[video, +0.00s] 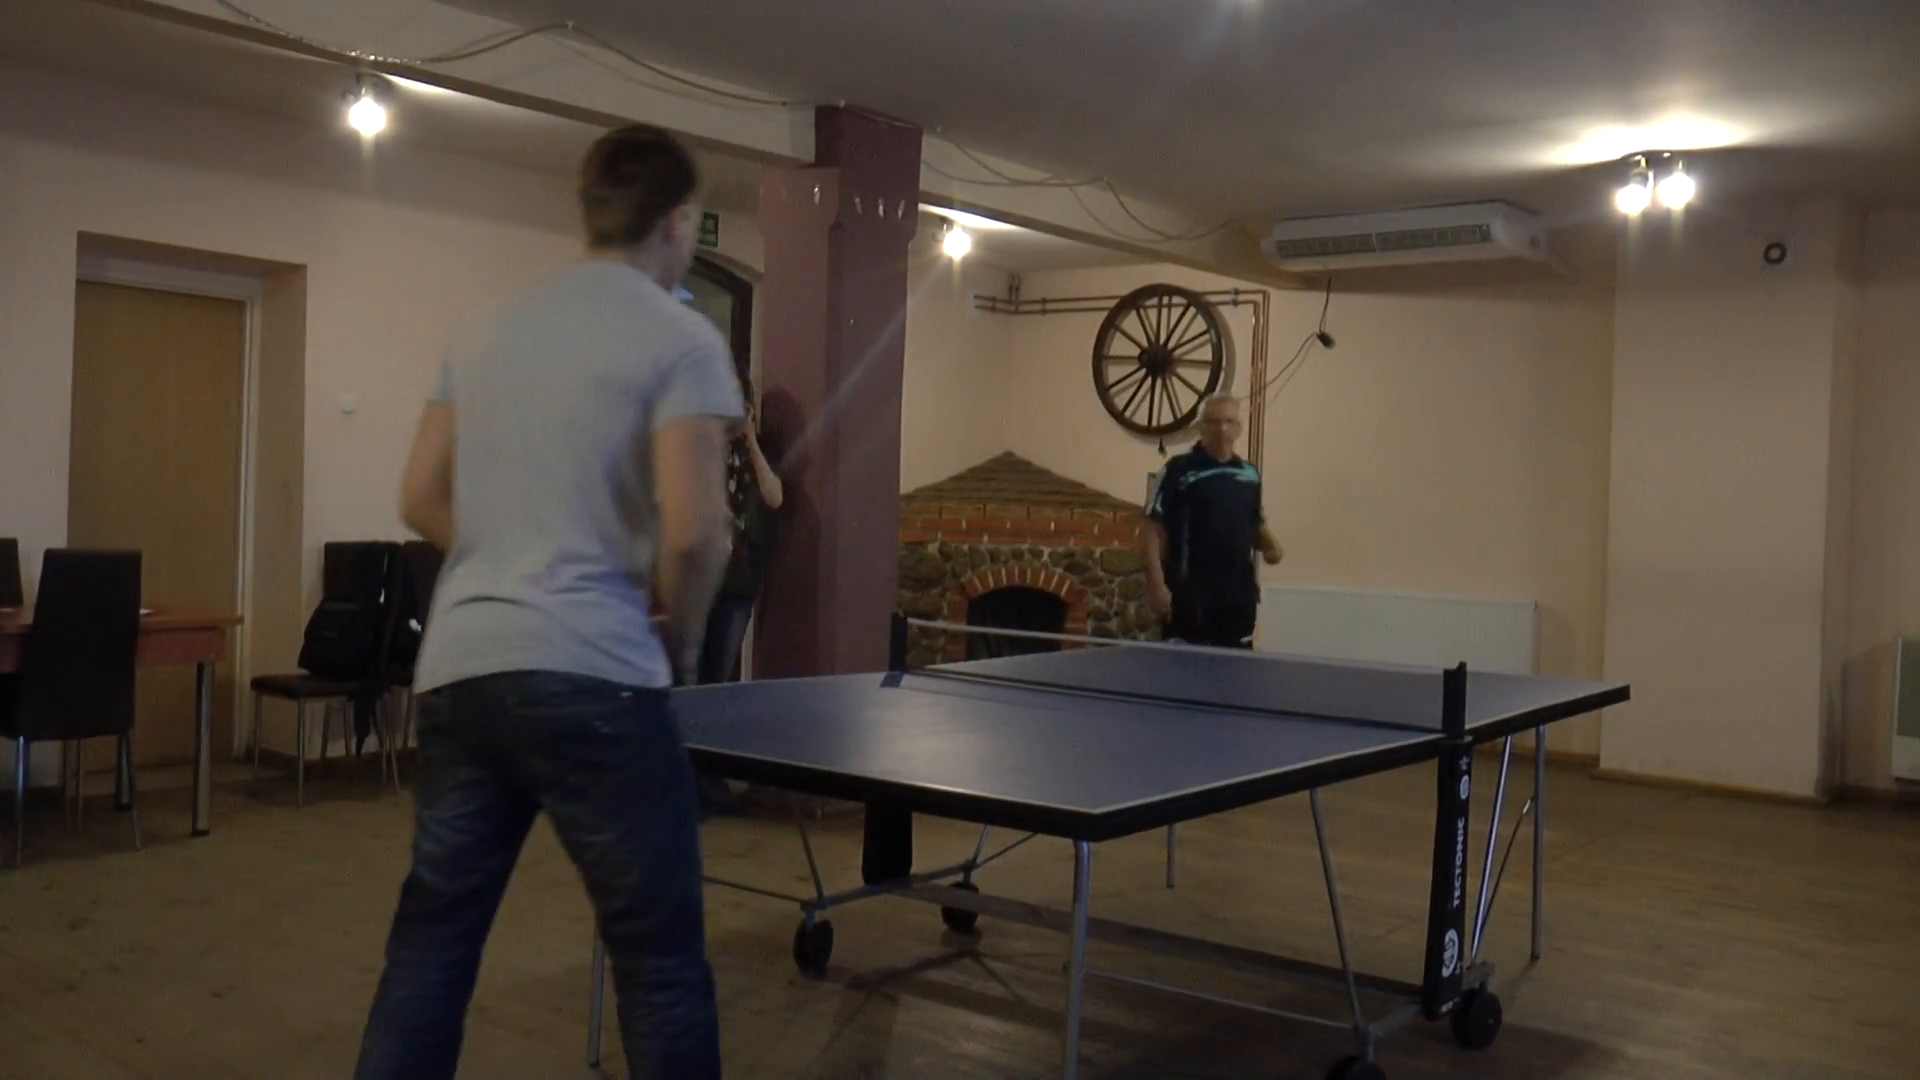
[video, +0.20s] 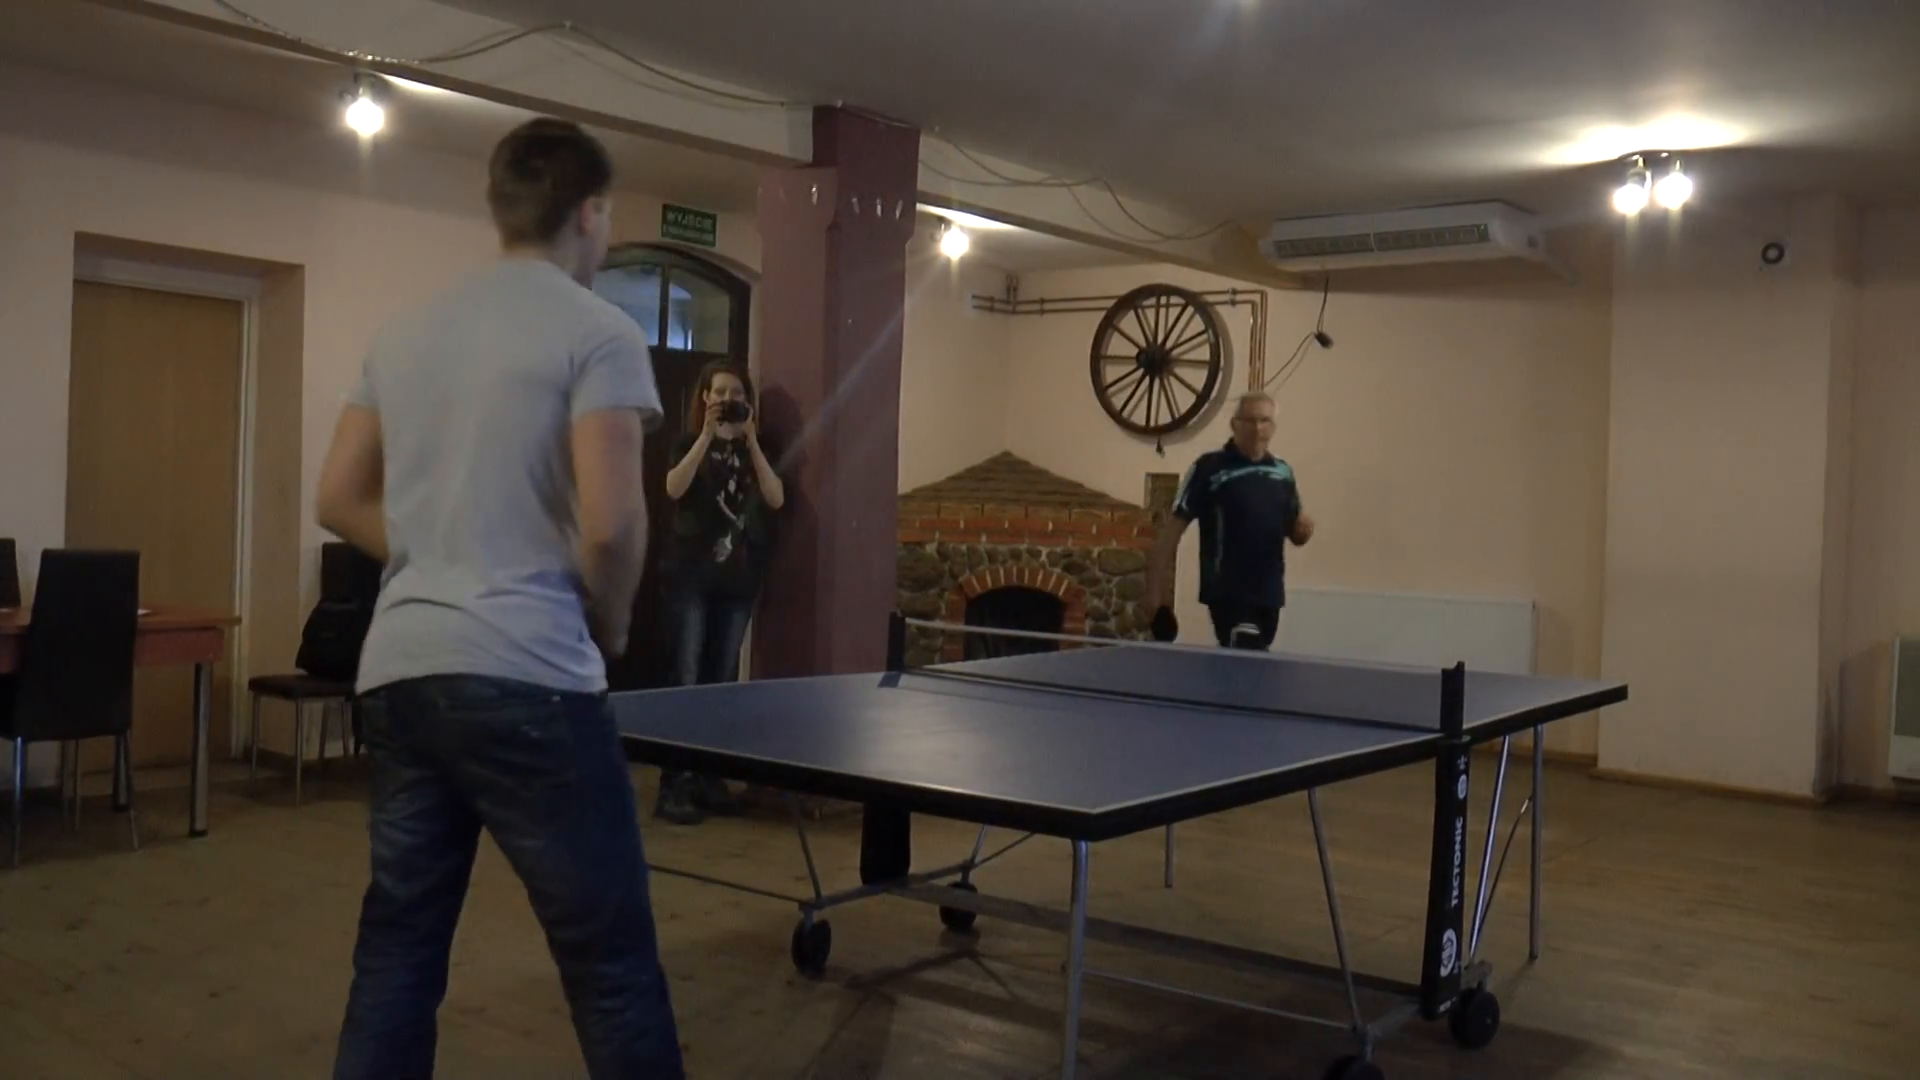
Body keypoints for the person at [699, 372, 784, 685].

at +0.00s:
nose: (738, 417)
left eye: (743, 409)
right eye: (731, 409)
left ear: (752, 412)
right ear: (718, 411)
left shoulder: (757, 451)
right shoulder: (704, 447)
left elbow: (774, 498)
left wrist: (751, 441)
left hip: (742, 562)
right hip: (698, 560)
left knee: (722, 664)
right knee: (690, 659)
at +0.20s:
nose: (728, 400)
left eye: (736, 394)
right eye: (720, 392)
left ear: (746, 401)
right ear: (704, 397)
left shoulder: (753, 448)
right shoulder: (688, 443)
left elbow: (776, 498)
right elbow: (675, 488)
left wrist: (752, 445)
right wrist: (706, 438)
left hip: (737, 574)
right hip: (690, 572)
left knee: (722, 680)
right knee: (685, 678)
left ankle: (710, 779)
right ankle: (674, 784)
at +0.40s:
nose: (728, 404)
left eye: (736, 398)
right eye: (720, 397)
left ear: (747, 405)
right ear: (704, 401)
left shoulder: (755, 451)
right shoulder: (689, 447)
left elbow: (782, 498)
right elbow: (673, 489)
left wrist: (751, 444)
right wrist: (705, 439)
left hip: (737, 578)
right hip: (687, 576)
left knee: (733, 682)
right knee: (684, 679)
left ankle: (717, 781)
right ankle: (676, 784)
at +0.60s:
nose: (727, 413)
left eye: (736, 407)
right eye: (720, 405)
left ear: (747, 411)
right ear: (705, 407)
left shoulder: (754, 455)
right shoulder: (690, 451)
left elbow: (787, 498)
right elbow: (676, 493)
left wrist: (754, 444)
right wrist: (706, 442)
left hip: (730, 582)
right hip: (681, 580)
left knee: (731, 685)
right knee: (677, 682)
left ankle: (706, 784)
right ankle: (672, 786)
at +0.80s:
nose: (724, 410)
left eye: (733, 405)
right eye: (717, 403)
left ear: (745, 410)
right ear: (704, 407)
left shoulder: (752, 455)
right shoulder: (691, 453)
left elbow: (779, 501)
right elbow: (679, 501)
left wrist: (751, 443)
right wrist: (704, 444)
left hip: (729, 583)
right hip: (685, 580)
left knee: (719, 684)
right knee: (677, 679)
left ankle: (702, 782)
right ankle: (671, 783)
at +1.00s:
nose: (736, 421)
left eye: (740, 415)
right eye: (730, 416)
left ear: (743, 418)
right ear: (710, 418)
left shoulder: (741, 456)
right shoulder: (688, 457)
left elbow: (773, 500)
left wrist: (750, 445)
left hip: (726, 588)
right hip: (680, 589)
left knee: (720, 690)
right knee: (688, 693)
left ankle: (706, 789)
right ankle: (690, 791)